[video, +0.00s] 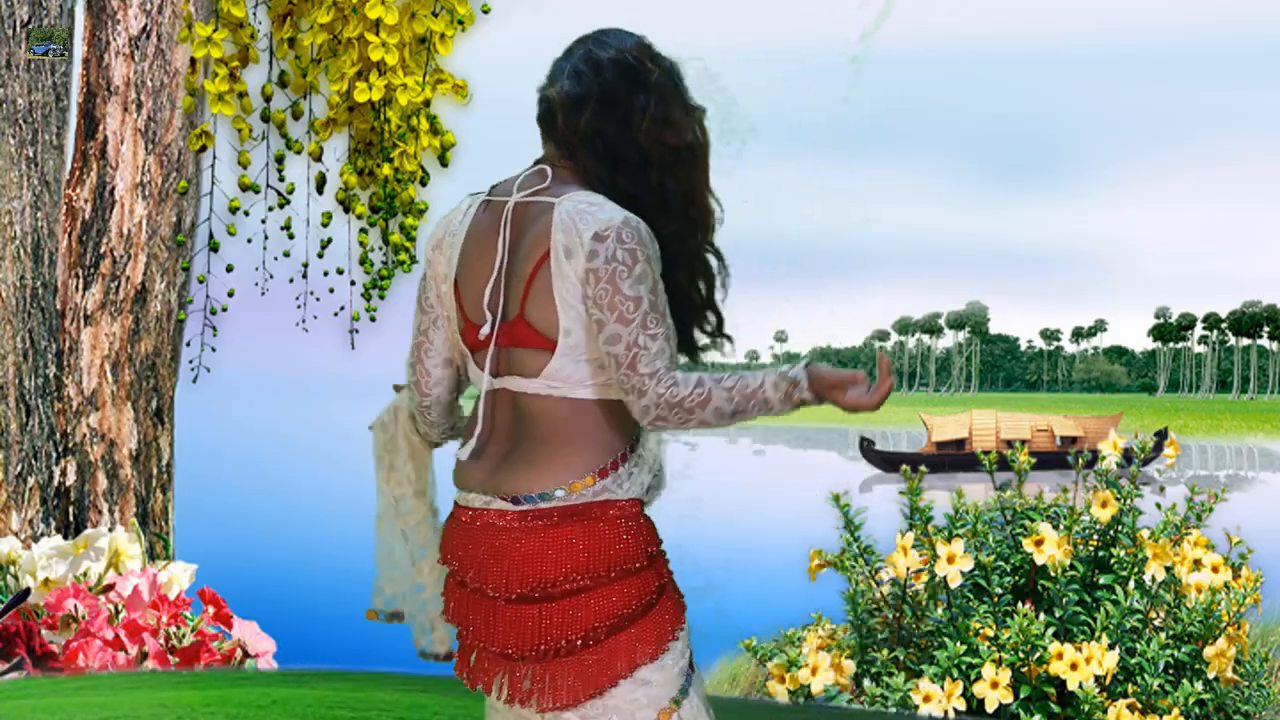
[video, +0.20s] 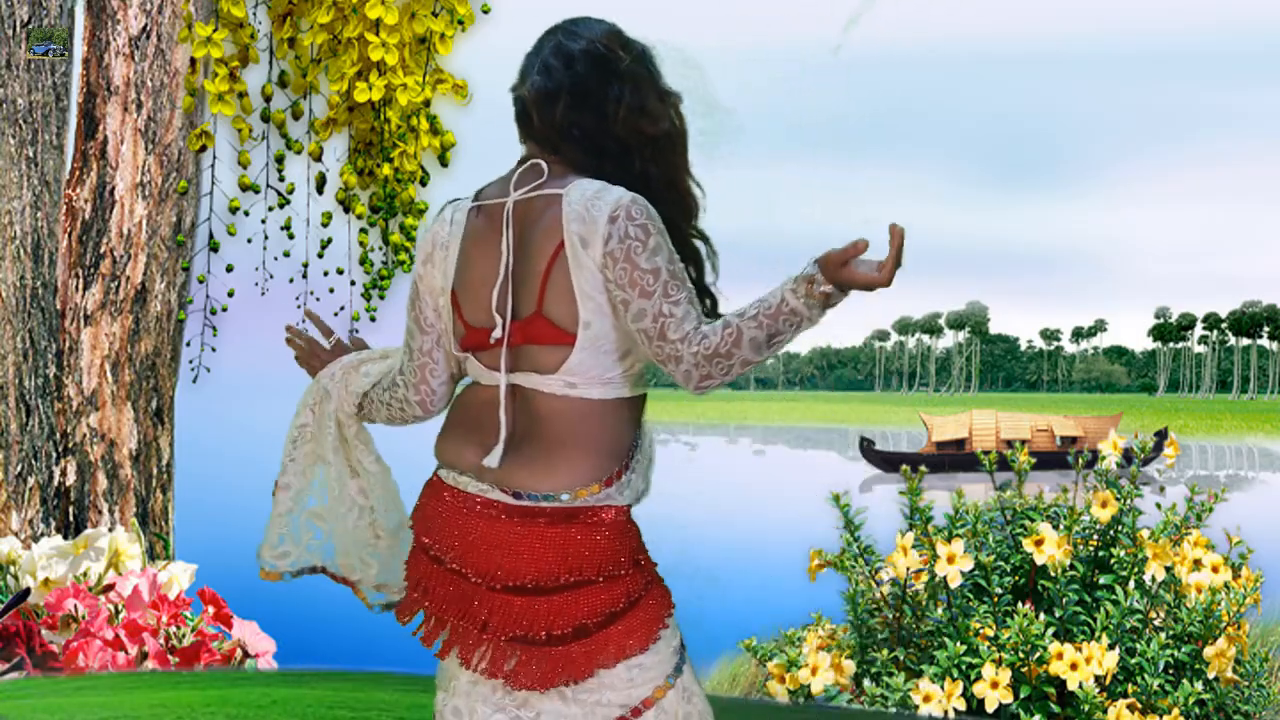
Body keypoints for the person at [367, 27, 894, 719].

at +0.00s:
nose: (672, 152)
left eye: (671, 130)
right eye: (666, 132)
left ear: (552, 119)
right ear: (642, 133)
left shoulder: (455, 226)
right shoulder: (607, 232)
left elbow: (428, 409)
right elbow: (657, 397)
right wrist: (807, 383)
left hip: (478, 523)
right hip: (586, 522)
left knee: (517, 705)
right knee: (647, 703)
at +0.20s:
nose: (656, 123)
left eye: (651, 104)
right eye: (645, 104)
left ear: (529, 110)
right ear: (622, 115)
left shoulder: (453, 223)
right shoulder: (615, 216)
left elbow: (420, 390)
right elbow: (698, 361)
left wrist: (340, 374)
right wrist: (819, 283)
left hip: (454, 513)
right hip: (573, 531)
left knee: (480, 691)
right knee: (648, 699)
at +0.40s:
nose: (663, 116)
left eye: (657, 97)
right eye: (654, 99)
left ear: (533, 112)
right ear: (633, 109)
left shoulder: (462, 235)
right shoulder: (646, 217)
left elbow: (433, 404)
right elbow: (734, 351)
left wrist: (322, 393)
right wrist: (860, 271)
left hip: (471, 506)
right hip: (599, 523)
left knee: (483, 694)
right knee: (653, 698)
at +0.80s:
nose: (739, 128)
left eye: (734, 111)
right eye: (731, 111)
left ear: (605, 116)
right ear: (707, 118)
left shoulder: (534, 242)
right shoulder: (724, 223)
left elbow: (481, 408)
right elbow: (837, 335)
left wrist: (350, 435)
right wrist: (966, 242)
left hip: (595, 519)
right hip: (733, 510)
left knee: (602, 699)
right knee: (752, 703)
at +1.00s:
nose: (761, 130)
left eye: (754, 110)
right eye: (754, 111)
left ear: (629, 114)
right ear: (735, 119)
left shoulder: (545, 237)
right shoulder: (733, 228)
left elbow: (471, 391)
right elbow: (860, 333)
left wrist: (354, 449)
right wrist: (970, 225)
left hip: (614, 514)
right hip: (743, 499)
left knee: (628, 699)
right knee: (764, 698)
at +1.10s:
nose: (773, 131)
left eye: (766, 109)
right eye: (766, 111)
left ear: (640, 113)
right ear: (745, 120)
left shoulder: (552, 232)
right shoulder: (732, 231)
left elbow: (471, 376)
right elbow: (861, 340)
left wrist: (363, 458)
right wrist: (969, 227)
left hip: (615, 512)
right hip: (742, 497)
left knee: (635, 698)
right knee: (768, 697)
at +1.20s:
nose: (787, 136)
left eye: (783, 113)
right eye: (777, 116)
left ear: (651, 116)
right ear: (752, 127)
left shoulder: (562, 226)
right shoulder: (725, 238)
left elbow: (477, 370)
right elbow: (864, 345)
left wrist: (377, 465)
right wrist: (966, 233)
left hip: (614, 516)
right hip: (731, 500)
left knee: (646, 698)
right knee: (783, 696)